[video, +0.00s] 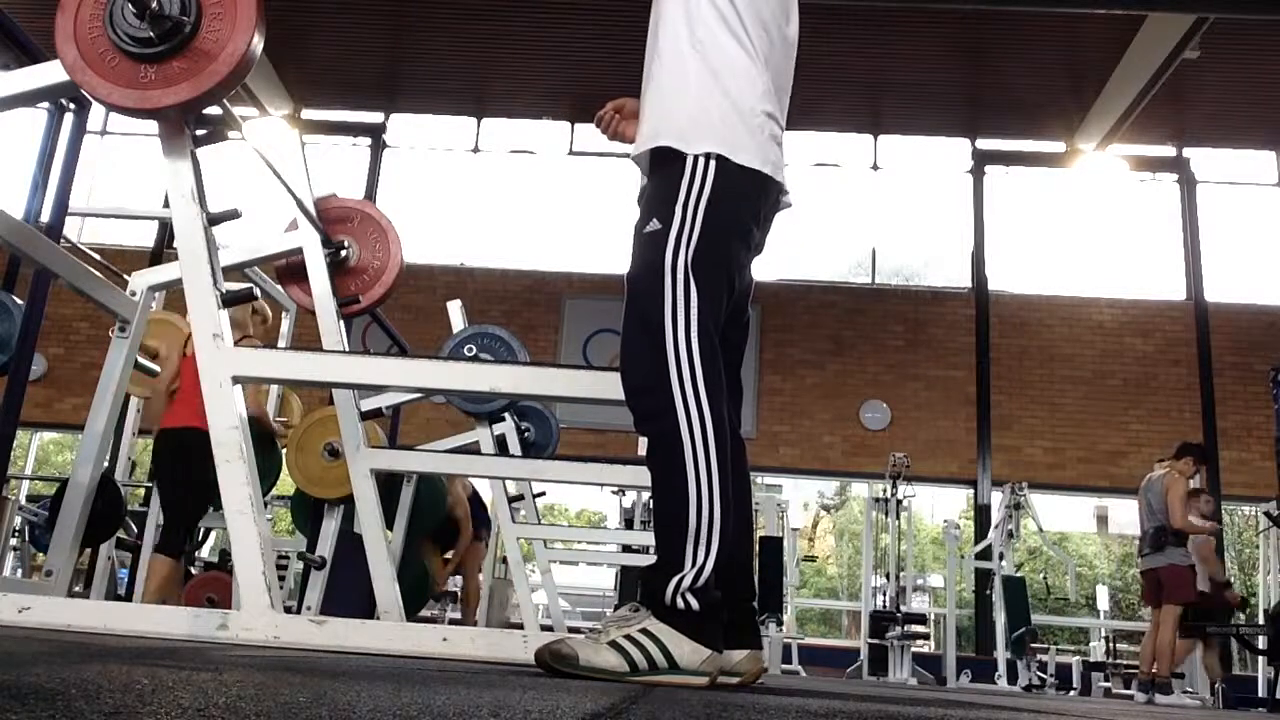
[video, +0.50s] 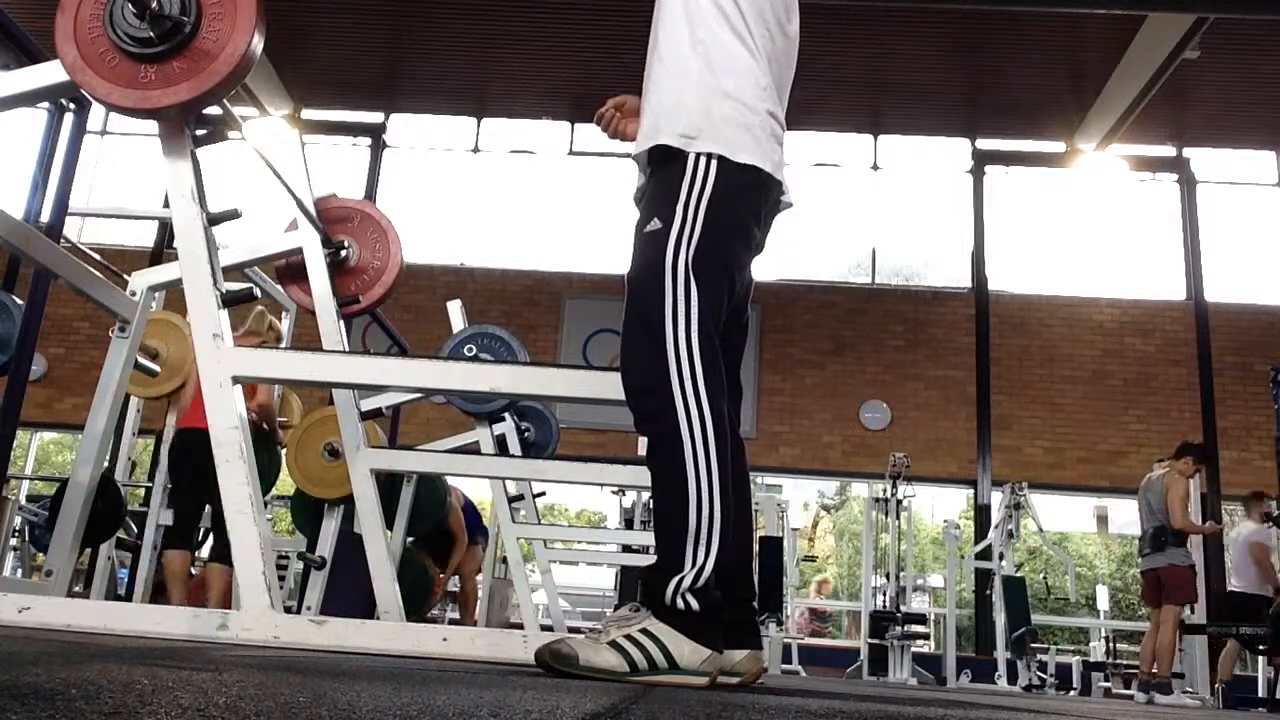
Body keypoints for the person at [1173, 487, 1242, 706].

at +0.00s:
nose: (1210, 505)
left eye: (1209, 501)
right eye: (1206, 502)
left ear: (1192, 506)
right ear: (1194, 504)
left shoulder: (1183, 527)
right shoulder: (1202, 530)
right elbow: (1211, 566)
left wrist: (1226, 590)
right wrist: (1225, 583)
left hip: (1192, 590)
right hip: (1203, 592)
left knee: (1209, 644)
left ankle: (1222, 690)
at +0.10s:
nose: (1222, 506)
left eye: (1222, 502)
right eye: (1218, 502)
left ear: (1203, 504)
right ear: (1206, 503)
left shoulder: (1193, 524)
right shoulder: (1210, 525)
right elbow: (1221, 558)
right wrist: (1234, 585)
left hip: (1196, 586)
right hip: (1209, 587)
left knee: (1217, 643)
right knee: (1219, 642)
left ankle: (1219, 691)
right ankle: (1180, 671)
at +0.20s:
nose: (1232, 505)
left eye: (1232, 501)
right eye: (1229, 501)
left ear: (1212, 504)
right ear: (1217, 503)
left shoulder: (1197, 528)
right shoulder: (1222, 531)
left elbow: (1199, 559)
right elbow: (1235, 566)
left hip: (1201, 588)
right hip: (1220, 589)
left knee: (1219, 641)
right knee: (1237, 639)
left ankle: (1218, 688)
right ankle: (1206, 669)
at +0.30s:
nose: (1245, 506)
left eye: (1245, 502)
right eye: (1241, 502)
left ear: (1225, 505)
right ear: (1228, 503)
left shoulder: (1207, 527)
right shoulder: (1233, 526)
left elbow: (1202, 563)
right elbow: (1239, 556)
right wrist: (1255, 583)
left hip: (1211, 590)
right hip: (1234, 590)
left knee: (1223, 640)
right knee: (1249, 638)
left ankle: (1219, 689)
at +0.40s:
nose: (1257, 508)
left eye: (1256, 503)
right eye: (1254, 504)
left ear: (1237, 507)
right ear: (1244, 506)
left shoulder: (1226, 528)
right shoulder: (1244, 529)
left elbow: (1227, 563)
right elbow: (1252, 563)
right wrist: (1269, 588)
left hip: (1222, 593)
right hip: (1242, 595)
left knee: (1228, 643)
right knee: (1271, 637)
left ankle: (1220, 690)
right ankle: (1271, 692)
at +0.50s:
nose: (1269, 509)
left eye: (1268, 504)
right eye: (1267, 505)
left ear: (1248, 509)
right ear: (1259, 507)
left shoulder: (1238, 530)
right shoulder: (1256, 531)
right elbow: (1264, 563)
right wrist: (1276, 586)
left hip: (1236, 595)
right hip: (1256, 597)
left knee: (1235, 642)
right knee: (1273, 645)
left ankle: (1221, 686)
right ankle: (1275, 690)